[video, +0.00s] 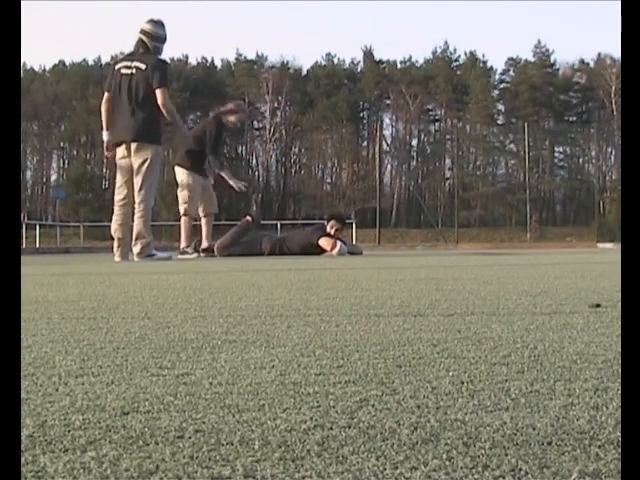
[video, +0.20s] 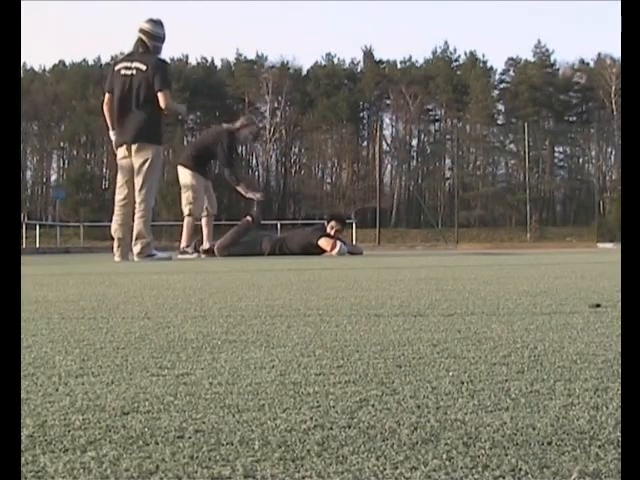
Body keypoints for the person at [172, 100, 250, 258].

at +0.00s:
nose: (236, 124)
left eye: (239, 121)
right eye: (237, 119)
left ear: (233, 116)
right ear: (230, 113)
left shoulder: (220, 127)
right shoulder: (213, 124)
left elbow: (210, 157)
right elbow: (211, 156)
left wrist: (210, 175)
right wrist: (231, 180)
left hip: (200, 170)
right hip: (187, 167)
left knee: (208, 208)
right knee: (187, 208)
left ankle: (206, 245)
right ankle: (184, 246)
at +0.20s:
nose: (249, 138)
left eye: (252, 135)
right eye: (250, 133)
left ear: (243, 128)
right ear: (242, 126)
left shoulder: (230, 139)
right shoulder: (225, 136)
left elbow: (233, 169)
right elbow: (226, 170)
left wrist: (247, 188)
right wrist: (245, 192)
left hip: (202, 171)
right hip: (189, 168)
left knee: (209, 209)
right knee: (192, 209)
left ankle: (207, 246)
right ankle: (184, 247)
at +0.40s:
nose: (253, 144)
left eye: (257, 143)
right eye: (254, 138)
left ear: (257, 145)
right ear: (249, 131)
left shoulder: (237, 144)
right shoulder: (233, 143)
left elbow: (241, 175)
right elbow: (239, 178)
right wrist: (255, 201)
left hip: (205, 168)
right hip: (194, 165)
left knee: (214, 208)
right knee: (204, 205)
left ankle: (207, 246)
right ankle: (185, 240)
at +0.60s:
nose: (261, 151)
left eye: (264, 151)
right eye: (262, 146)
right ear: (255, 139)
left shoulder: (244, 151)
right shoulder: (239, 148)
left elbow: (247, 180)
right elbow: (244, 181)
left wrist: (258, 206)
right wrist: (258, 208)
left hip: (208, 166)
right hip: (199, 163)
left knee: (216, 206)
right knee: (211, 203)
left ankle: (209, 243)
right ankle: (200, 240)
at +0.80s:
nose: (270, 158)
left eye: (271, 155)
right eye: (269, 154)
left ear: (260, 148)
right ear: (261, 149)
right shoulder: (244, 153)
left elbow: (251, 188)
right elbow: (251, 187)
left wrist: (261, 215)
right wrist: (265, 217)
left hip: (202, 164)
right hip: (207, 165)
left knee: (211, 209)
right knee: (218, 205)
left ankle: (208, 246)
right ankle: (218, 246)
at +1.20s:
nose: (276, 179)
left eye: (279, 176)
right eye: (278, 175)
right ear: (274, 169)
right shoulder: (259, 169)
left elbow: (259, 199)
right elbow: (260, 200)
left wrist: (270, 224)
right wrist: (272, 228)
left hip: (208, 162)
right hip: (217, 164)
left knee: (221, 208)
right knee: (228, 205)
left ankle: (217, 245)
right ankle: (219, 246)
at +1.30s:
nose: (279, 179)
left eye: (281, 176)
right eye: (281, 176)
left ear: (273, 165)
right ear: (277, 170)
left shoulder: (259, 166)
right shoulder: (261, 171)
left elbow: (261, 202)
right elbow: (261, 203)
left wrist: (271, 227)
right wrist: (273, 229)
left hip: (211, 162)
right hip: (217, 164)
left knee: (226, 207)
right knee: (231, 205)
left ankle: (220, 245)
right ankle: (219, 245)